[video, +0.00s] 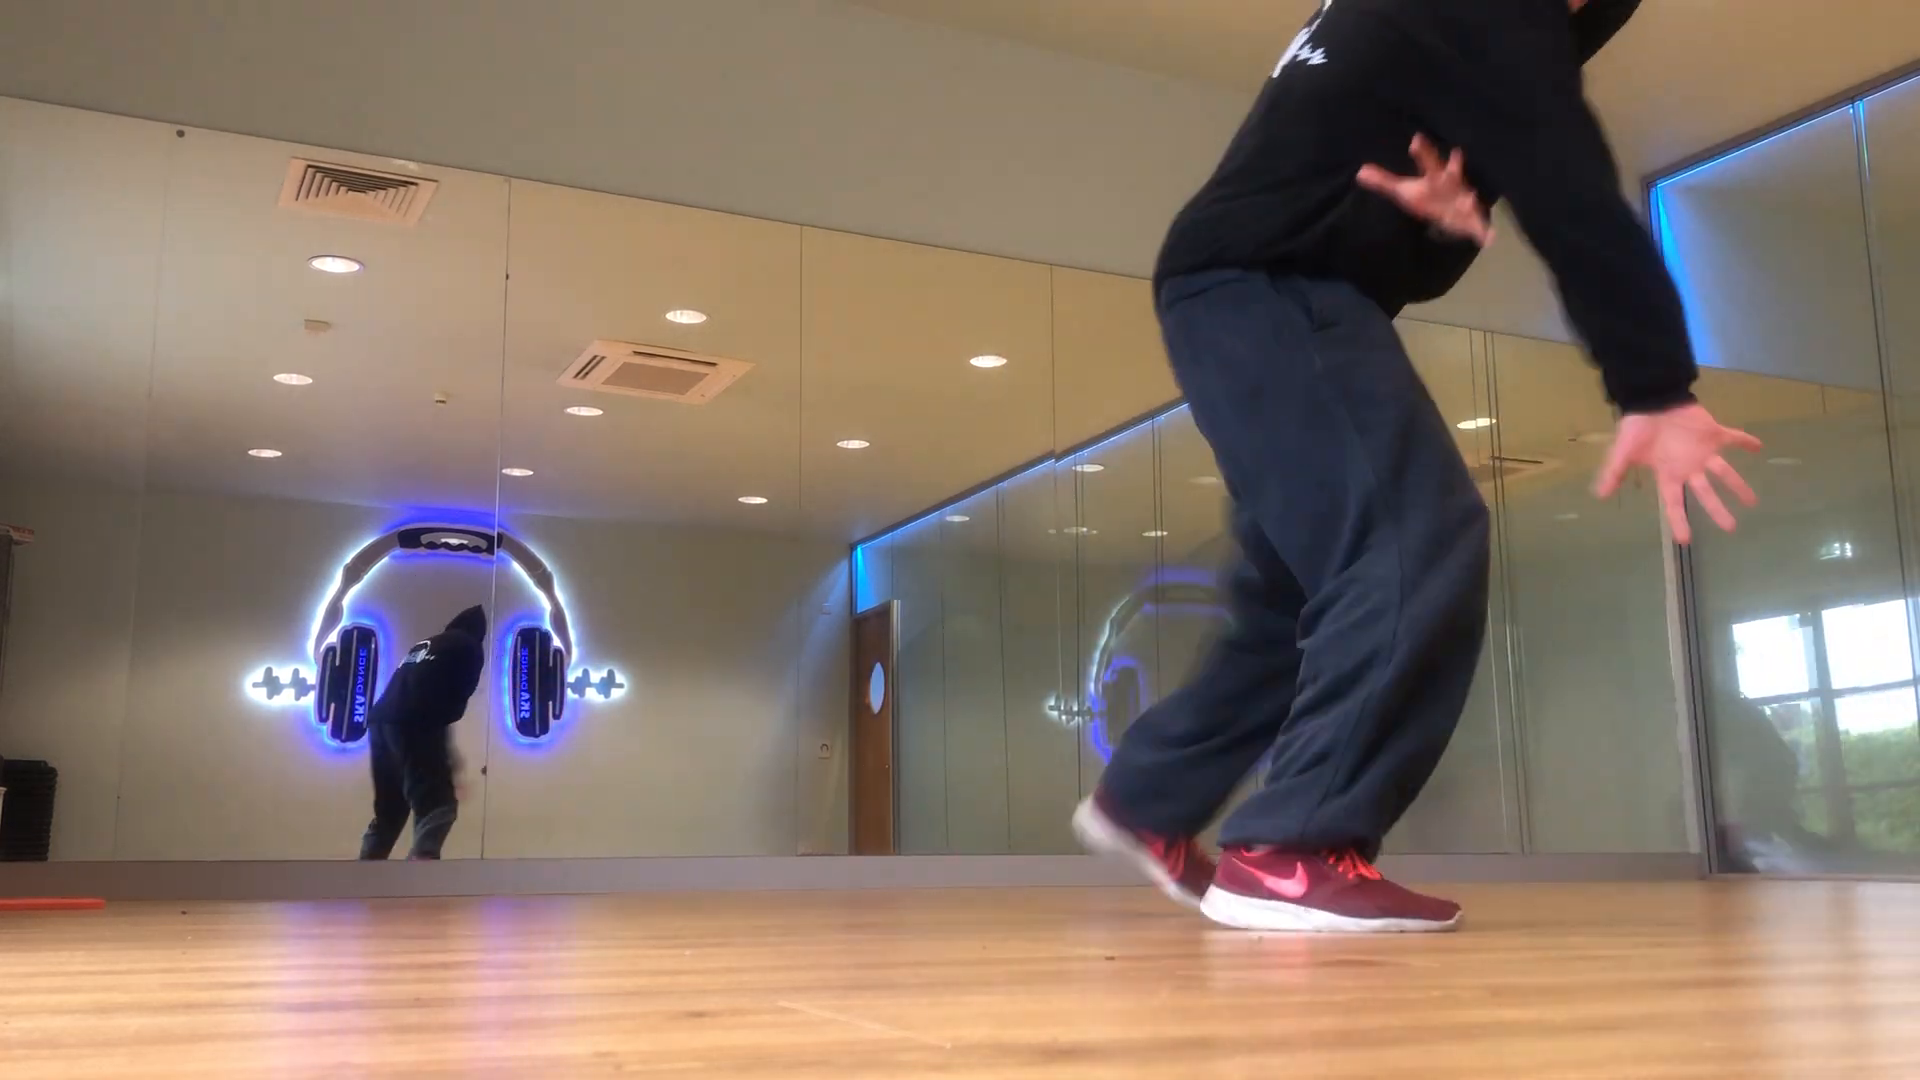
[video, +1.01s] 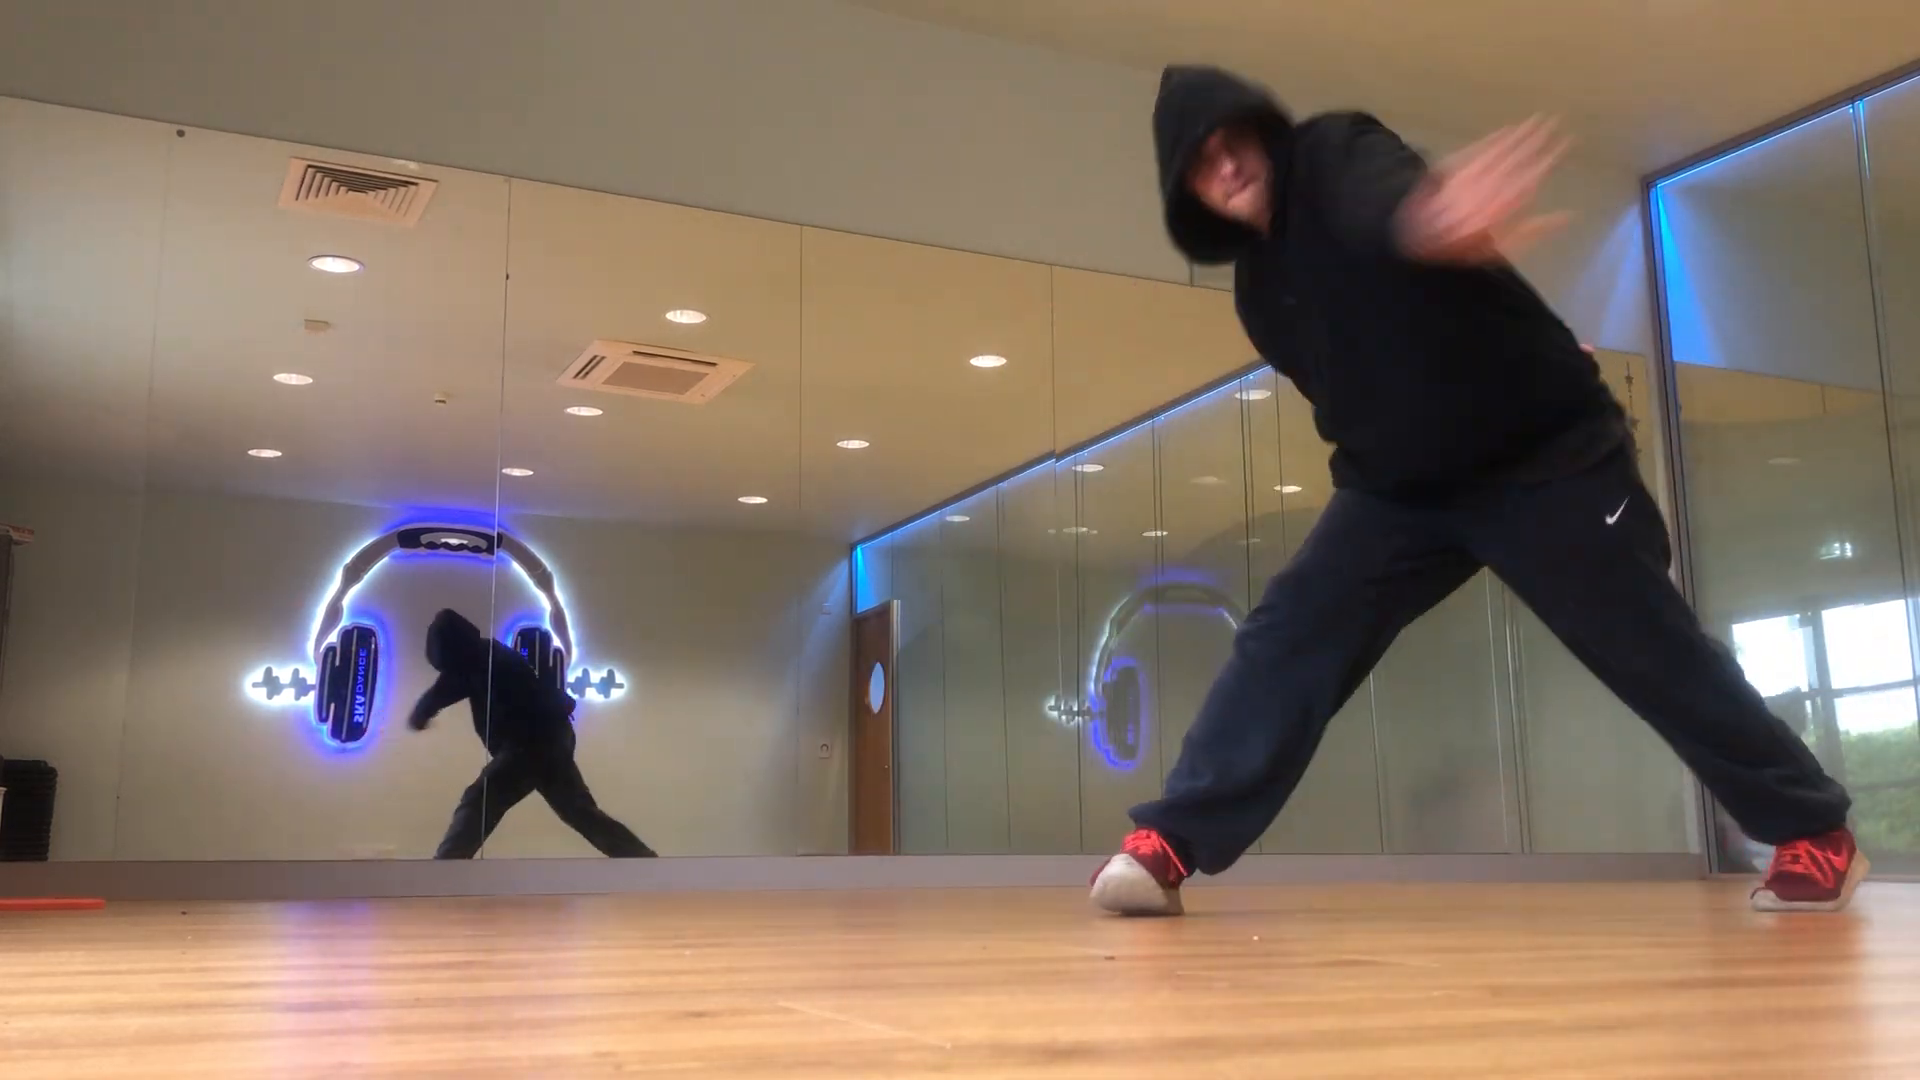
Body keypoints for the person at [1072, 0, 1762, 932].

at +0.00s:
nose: (1599, 16)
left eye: (1597, 15)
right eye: (1601, 10)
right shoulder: (1499, 17)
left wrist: (1452, 216)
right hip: (1274, 284)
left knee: (1310, 579)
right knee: (1418, 535)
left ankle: (1147, 797)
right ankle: (1292, 843)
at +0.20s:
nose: (1568, 1)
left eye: (1584, 7)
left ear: (1579, 22)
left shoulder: (1504, 78)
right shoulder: (1408, 9)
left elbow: (1441, 252)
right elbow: (1292, 11)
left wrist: (1478, 185)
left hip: (1301, 284)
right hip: (1189, 238)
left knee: (1358, 495)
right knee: (1196, 505)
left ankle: (1295, 804)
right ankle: (1090, 808)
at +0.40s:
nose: (1310, 16)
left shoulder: (1451, 23)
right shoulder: (1223, 10)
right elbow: (1151, 45)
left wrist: (1354, 43)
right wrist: (1172, 180)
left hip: (1324, 326)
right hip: (1188, 293)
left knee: (1345, 544)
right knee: (1114, 515)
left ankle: (1260, 836)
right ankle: (938, 738)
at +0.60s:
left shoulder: (1395, 70)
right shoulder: (1207, 52)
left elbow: (1257, 191)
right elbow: (1183, 178)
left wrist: (1134, 101)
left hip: (1328, 371)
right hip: (1187, 368)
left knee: (1303, 543)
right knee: (1144, 583)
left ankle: (1307, 740)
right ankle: (1154, 846)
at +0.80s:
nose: (1203, 24)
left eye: (1214, 1)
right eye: (1178, 18)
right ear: (1163, 42)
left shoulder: (1330, 59)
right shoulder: (1225, 128)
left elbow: (1230, 179)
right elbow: (1333, 233)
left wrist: (1120, 244)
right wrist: (1464, 290)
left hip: (1451, 410)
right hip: (1307, 425)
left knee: (1560, 621)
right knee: (1220, 622)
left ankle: (1710, 787)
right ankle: (1159, 856)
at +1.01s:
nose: (1224, 170)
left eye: (1231, 143)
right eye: (1200, 166)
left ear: (1265, 131)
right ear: (1189, 193)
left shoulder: (1331, 158)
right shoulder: (1259, 286)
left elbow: (1378, 186)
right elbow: (1356, 362)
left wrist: (1426, 213)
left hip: (1541, 457)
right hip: (1400, 488)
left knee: (1650, 651)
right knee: (1290, 640)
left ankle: (1809, 826)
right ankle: (1169, 845)